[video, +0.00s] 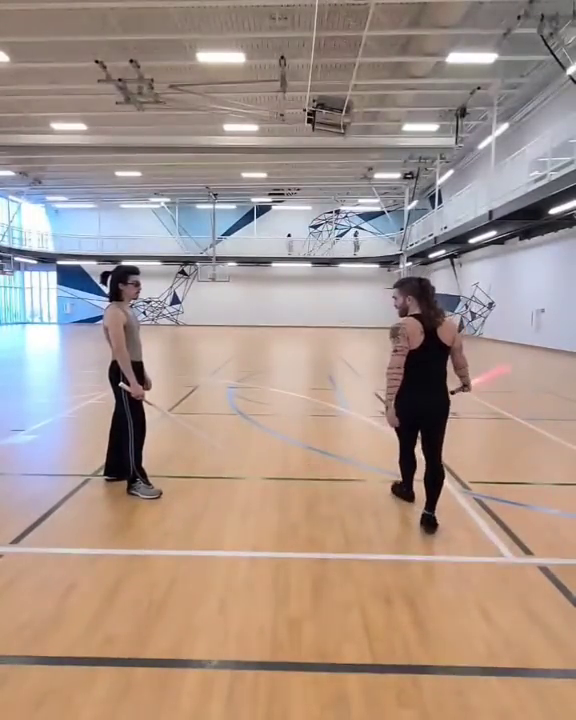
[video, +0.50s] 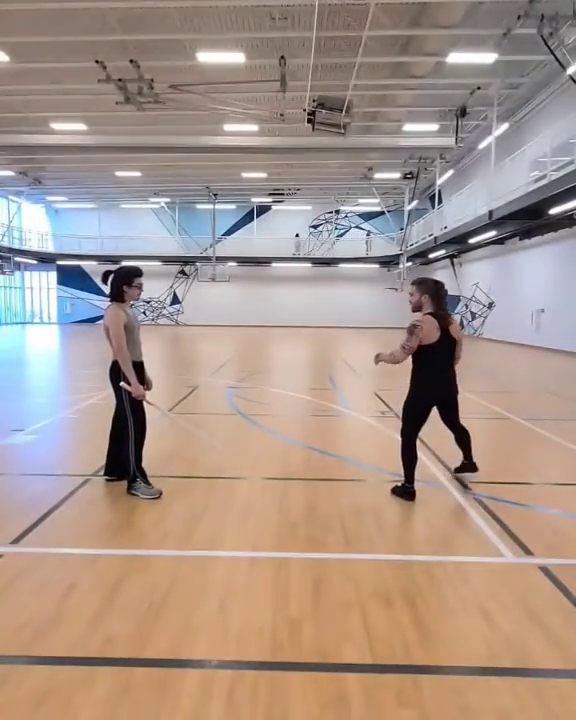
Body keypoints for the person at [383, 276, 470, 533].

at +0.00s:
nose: (394, 303)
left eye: (397, 299)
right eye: (394, 299)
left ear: (410, 299)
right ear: (420, 298)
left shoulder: (405, 326)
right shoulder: (448, 324)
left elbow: (396, 368)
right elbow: (459, 359)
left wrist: (390, 403)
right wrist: (465, 381)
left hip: (408, 401)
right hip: (437, 402)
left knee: (406, 448)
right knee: (434, 457)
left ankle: (407, 487)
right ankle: (430, 513)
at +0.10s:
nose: (391, 303)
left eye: (394, 298)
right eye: (391, 298)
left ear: (406, 299)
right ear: (419, 299)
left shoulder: (402, 328)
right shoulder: (447, 325)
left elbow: (392, 367)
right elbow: (454, 359)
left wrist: (383, 401)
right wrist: (455, 378)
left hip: (407, 399)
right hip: (435, 400)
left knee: (404, 445)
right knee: (439, 452)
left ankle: (406, 487)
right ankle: (432, 497)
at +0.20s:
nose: (392, 301)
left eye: (395, 296)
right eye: (392, 296)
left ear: (408, 297)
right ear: (420, 297)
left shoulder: (402, 326)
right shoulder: (446, 323)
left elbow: (389, 364)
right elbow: (452, 362)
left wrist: (373, 393)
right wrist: (444, 380)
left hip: (408, 393)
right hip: (436, 393)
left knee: (404, 442)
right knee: (444, 440)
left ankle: (407, 486)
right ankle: (437, 481)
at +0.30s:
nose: (396, 297)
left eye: (399, 292)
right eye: (397, 292)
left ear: (411, 294)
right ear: (420, 294)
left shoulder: (404, 323)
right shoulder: (447, 320)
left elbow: (389, 358)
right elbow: (452, 358)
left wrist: (369, 377)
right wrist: (440, 376)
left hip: (412, 390)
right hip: (439, 388)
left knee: (406, 438)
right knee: (446, 432)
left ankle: (407, 486)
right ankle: (449, 480)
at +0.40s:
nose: (401, 297)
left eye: (405, 292)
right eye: (402, 292)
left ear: (417, 295)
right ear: (426, 295)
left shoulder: (410, 323)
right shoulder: (449, 322)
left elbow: (391, 356)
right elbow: (453, 356)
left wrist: (373, 362)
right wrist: (434, 363)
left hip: (417, 389)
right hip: (443, 387)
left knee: (407, 435)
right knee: (450, 426)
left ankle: (408, 486)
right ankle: (462, 468)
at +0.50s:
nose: (409, 299)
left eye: (413, 295)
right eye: (410, 294)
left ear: (425, 297)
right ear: (433, 297)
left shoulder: (419, 324)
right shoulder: (452, 323)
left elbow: (400, 356)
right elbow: (457, 356)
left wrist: (382, 357)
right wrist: (442, 367)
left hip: (422, 390)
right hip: (447, 387)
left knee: (408, 435)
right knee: (454, 424)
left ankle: (408, 486)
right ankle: (469, 461)